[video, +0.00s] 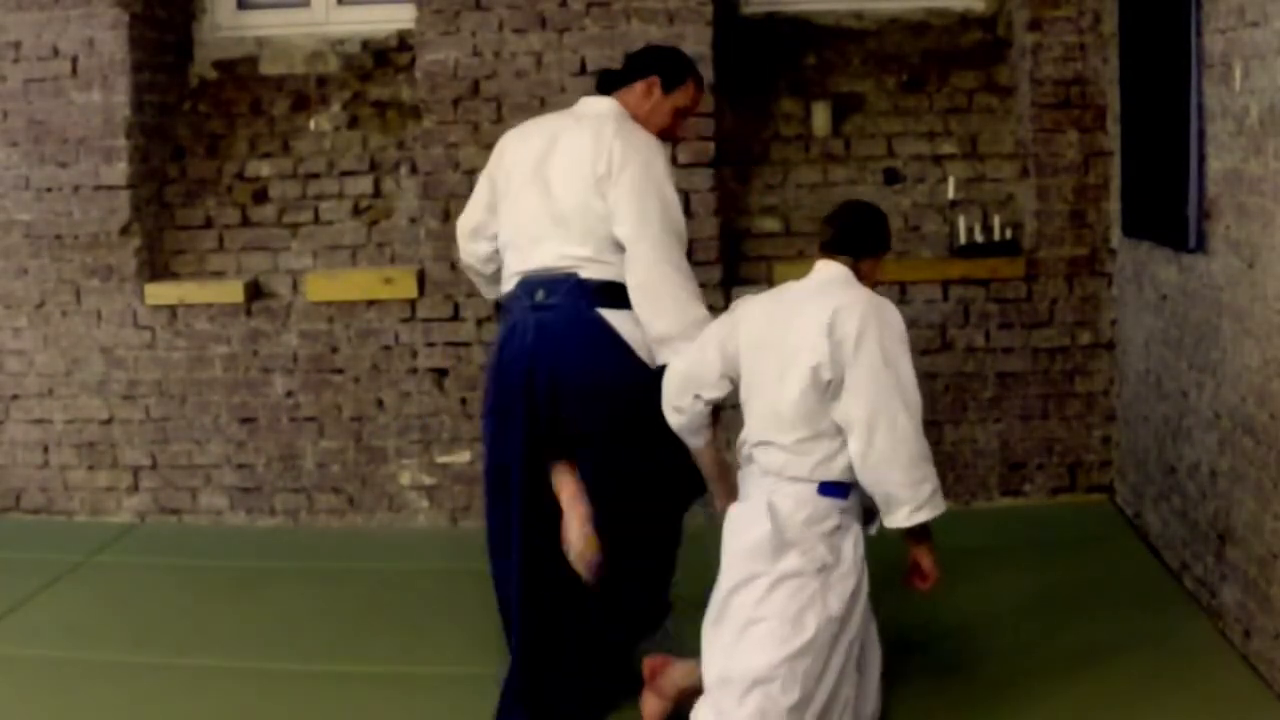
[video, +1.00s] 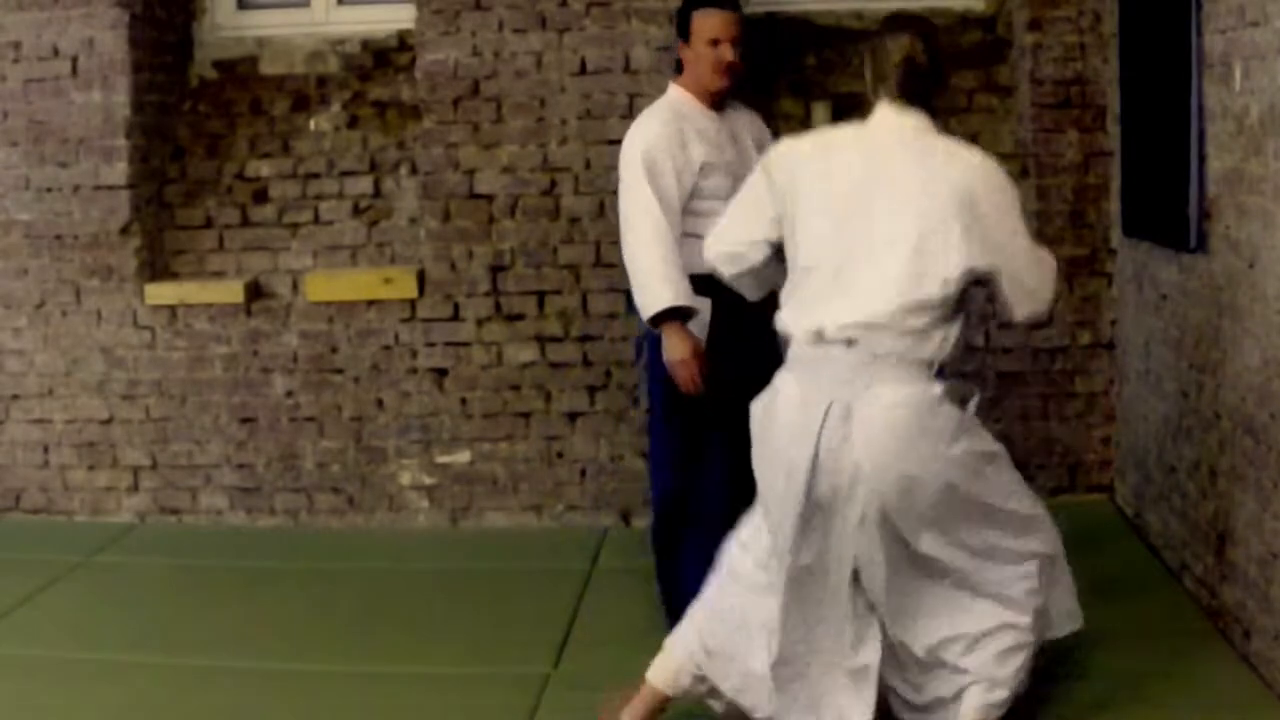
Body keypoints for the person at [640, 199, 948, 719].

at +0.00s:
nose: (881, 272)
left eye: (881, 261)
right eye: (881, 260)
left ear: (820, 249)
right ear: (874, 259)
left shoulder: (757, 309)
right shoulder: (864, 312)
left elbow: (682, 389)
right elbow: (883, 425)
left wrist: (717, 477)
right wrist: (916, 531)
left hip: (755, 501)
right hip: (817, 513)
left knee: (845, 661)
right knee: (786, 671)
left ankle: (683, 677)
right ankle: (685, 678)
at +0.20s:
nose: (888, 261)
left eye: (887, 251)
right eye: (889, 250)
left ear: (827, 242)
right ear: (882, 248)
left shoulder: (765, 304)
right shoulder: (875, 295)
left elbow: (695, 395)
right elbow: (883, 409)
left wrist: (711, 489)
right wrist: (931, 517)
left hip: (765, 505)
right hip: (825, 508)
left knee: (792, 674)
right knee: (851, 686)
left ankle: (683, 677)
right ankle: (687, 676)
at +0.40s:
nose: (900, 245)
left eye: (899, 233)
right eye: (901, 233)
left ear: (835, 228)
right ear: (890, 239)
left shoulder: (775, 294)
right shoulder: (872, 302)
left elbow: (730, 404)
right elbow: (884, 423)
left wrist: (763, 479)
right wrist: (966, 517)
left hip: (770, 512)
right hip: (829, 518)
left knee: (823, 677)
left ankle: (690, 675)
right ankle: (860, 708)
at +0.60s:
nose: (934, 248)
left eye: (927, 235)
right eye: (934, 237)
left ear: (861, 230)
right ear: (923, 248)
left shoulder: (806, 282)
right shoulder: (894, 325)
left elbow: (745, 371)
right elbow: (936, 452)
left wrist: (797, 429)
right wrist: (1046, 491)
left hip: (785, 514)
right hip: (852, 531)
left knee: (815, 677)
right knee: (1029, 554)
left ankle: (684, 680)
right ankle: (974, 706)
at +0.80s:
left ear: (885, 197)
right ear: (953, 217)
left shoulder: (817, 244)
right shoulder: (942, 298)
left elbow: (750, 337)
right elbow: (1010, 417)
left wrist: (823, 360)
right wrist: (1060, 391)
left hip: (796, 485)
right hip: (877, 499)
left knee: (839, 648)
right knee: (1043, 546)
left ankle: (682, 676)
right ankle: (980, 707)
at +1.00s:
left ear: (868, 83)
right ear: (937, 87)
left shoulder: (798, 155)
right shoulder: (970, 170)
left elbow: (727, 258)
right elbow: (1033, 300)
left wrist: (801, 293)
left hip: (796, 405)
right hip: (905, 416)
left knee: (765, 549)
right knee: (1022, 550)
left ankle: (648, 697)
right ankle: (973, 711)